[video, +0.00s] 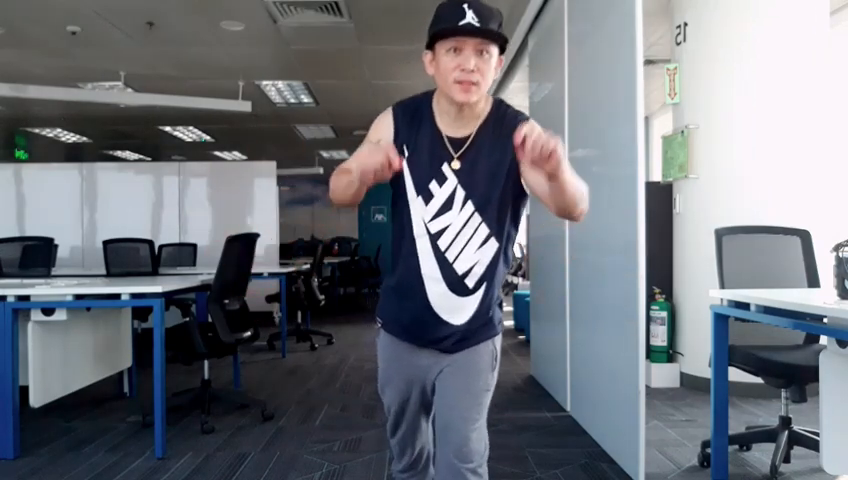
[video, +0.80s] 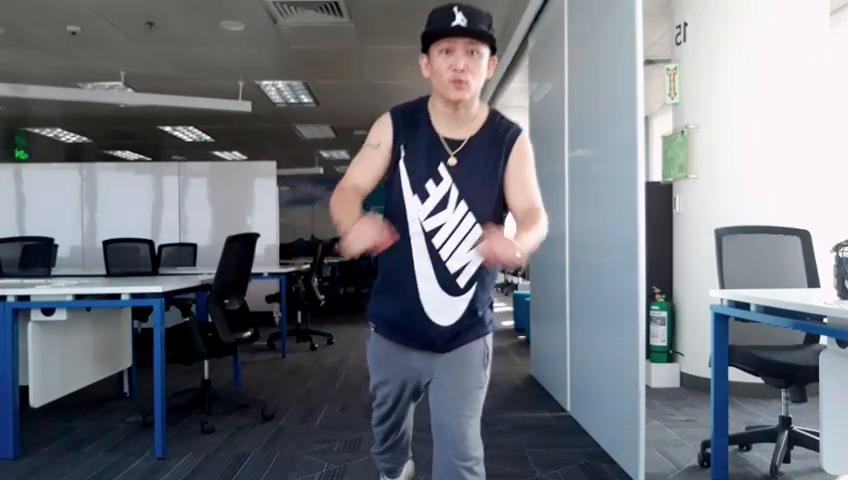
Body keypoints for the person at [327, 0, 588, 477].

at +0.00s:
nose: (469, 63)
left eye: (482, 52)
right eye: (455, 50)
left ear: (498, 65)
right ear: (430, 61)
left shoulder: (518, 132)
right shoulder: (397, 121)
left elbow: (574, 211)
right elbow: (338, 195)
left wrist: (557, 173)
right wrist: (361, 171)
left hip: (473, 332)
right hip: (403, 327)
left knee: (462, 460)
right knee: (406, 456)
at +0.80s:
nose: (459, 64)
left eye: (471, 53)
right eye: (447, 52)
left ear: (490, 66)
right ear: (425, 65)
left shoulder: (508, 138)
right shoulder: (394, 126)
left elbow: (533, 216)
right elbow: (346, 193)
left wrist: (517, 244)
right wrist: (355, 224)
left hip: (465, 330)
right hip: (395, 324)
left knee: (460, 456)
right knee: (388, 433)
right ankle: (393, 472)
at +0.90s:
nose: (454, 75)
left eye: (466, 64)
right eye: (442, 62)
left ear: (483, 77)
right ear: (420, 74)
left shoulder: (498, 148)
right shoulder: (387, 135)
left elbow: (530, 222)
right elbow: (341, 203)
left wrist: (551, 279)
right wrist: (309, 262)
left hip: (460, 333)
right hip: (390, 329)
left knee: (456, 451)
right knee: (388, 428)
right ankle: (394, 473)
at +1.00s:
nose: (448, 85)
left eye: (461, 75)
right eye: (436, 73)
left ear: (477, 85)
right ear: (414, 81)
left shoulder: (491, 156)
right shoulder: (382, 144)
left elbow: (529, 230)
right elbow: (334, 212)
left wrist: (574, 295)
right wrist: (282, 278)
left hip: (454, 337)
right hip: (385, 334)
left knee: (454, 452)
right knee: (387, 428)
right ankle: (395, 473)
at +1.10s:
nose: (446, 89)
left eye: (458, 79)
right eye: (434, 77)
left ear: (475, 91)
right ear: (411, 86)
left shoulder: (489, 158)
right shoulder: (379, 148)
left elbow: (525, 228)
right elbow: (335, 213)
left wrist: (569, 289)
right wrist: (290, 270)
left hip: (453, 337)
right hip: (384, 335)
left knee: (455, 449)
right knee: (388, 430)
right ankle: (394, 474)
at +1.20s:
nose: (447, 97)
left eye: (459, 86)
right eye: (435, 85)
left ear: (475, 98)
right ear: (411, 94)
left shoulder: (489, 162)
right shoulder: (379, 155)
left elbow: (515, 225)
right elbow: (351, 213)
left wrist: (543, 276)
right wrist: (317, 256)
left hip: (455, 338)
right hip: (386, 336)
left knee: (458, 452)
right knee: (388, 435)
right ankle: (394, 475)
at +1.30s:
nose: (452, 99)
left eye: (464, 87)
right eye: (439, 86)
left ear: (479, 98)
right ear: (415, 95)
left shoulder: (496, 163)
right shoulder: (384, 158)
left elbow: (516, 230)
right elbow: (354, 222)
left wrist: (543, 288)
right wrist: (319, 275)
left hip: (463, 342)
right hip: (392, 341)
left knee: (462, 459)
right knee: (389, 439)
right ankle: (395, 475)